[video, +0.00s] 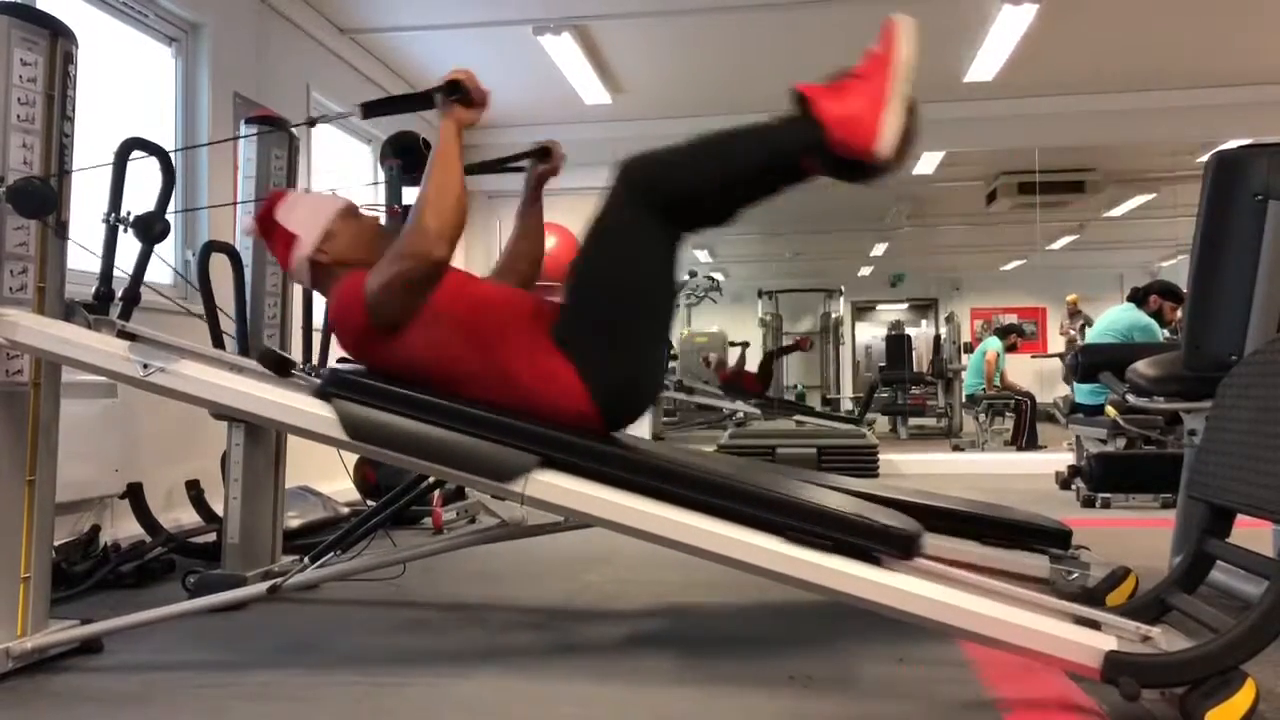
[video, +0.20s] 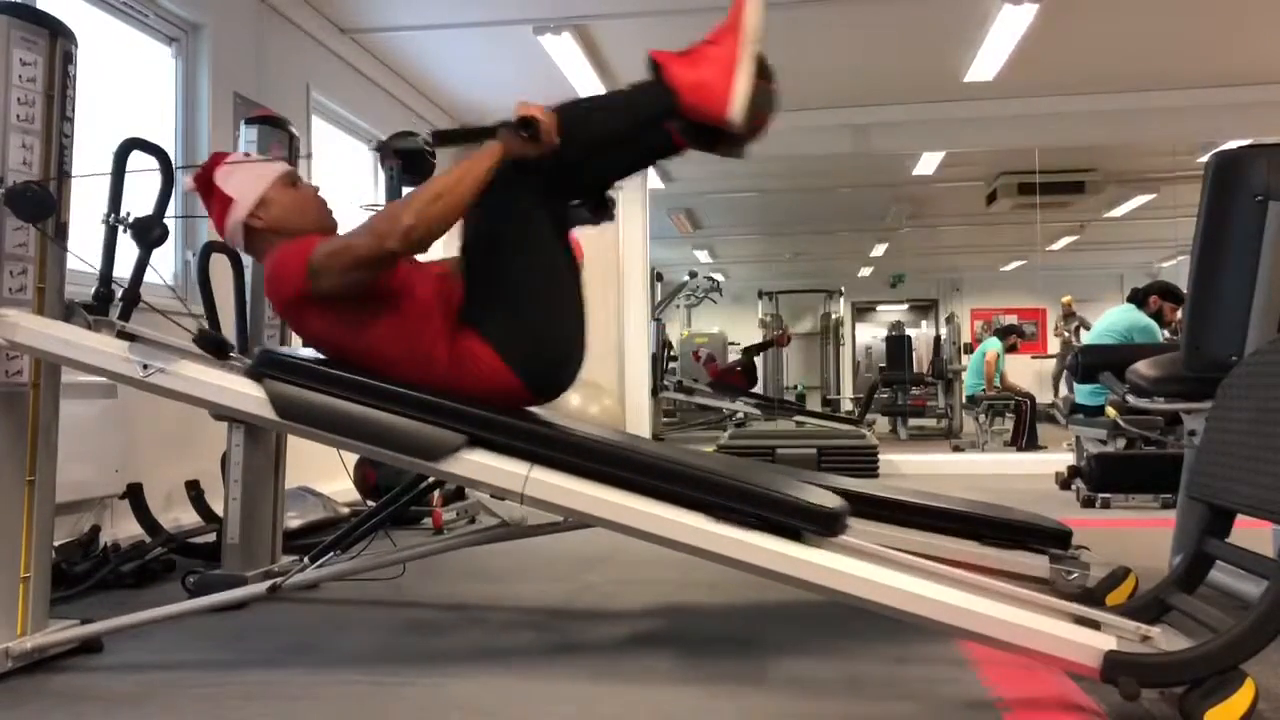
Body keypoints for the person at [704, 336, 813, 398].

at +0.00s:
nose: (720, 357)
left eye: (718, 356)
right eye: (718, 357)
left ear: (716, 366)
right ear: (717, 365)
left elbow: (739, 366)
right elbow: (739, 367)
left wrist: (742, 350)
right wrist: (743, 350)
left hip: (758, 384)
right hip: (760, 386)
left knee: (769, 356)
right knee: (769, 356)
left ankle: (797, 345)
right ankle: (798, 346)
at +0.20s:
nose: (714, 362)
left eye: (713, 361)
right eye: (712, 361)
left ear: (706, 364)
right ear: (710, 362)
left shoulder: (717, 373)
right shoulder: (717, 373)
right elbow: (735, 364)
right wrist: (743, 362)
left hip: (746, 380)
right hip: (748, 381)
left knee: (747, 352)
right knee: (748, 352)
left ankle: (775, 341)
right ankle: (776, 341)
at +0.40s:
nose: (709, 350)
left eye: (707, 349)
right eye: (706, 350)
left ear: (701, 356)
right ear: (704, 353)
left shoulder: (709, 365)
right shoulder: (710, 365)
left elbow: (731, 364)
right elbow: (730, 364)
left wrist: (754, 360)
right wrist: (752, 364)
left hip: (739, 380)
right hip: (741, 380)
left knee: (738, 350)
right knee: (738, 349)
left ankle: (767, 339)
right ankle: (767, 339)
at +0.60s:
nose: (710, 350)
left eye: (708, 349)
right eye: (707, 350)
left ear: (702, 356)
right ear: (705, 354)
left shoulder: (710, 366)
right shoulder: (711, 365)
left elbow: (731, 365)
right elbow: (732, 364)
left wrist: (754, 359)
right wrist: (753, 364)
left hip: (740, 380)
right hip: (743, 379)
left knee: (742, 350)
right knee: (742, 350)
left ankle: (769, 340)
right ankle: (770, 340)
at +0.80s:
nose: (714, 353)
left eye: (711, 351)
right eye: (711, 352)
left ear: (707, 360)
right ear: (710, 357)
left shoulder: (716, 368)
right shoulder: (718, 368)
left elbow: (735, 362)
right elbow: (736, 362)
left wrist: (746, 350)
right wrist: (747, 349)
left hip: (747, 382)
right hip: (750, 383)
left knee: (756, 353)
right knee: (757, 353)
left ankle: (784, 345)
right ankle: (785, 345)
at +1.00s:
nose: (720, 357)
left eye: (718, 356)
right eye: (718, 357)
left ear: (714, 364)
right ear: (715, 361)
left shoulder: (724, 372)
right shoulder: (725, 372)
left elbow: (740, 361)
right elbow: (741, 361)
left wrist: (743, 345)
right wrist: (744, 344)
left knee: (777, 362)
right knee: (778, 361)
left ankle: (806, 354)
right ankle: (807, 354)